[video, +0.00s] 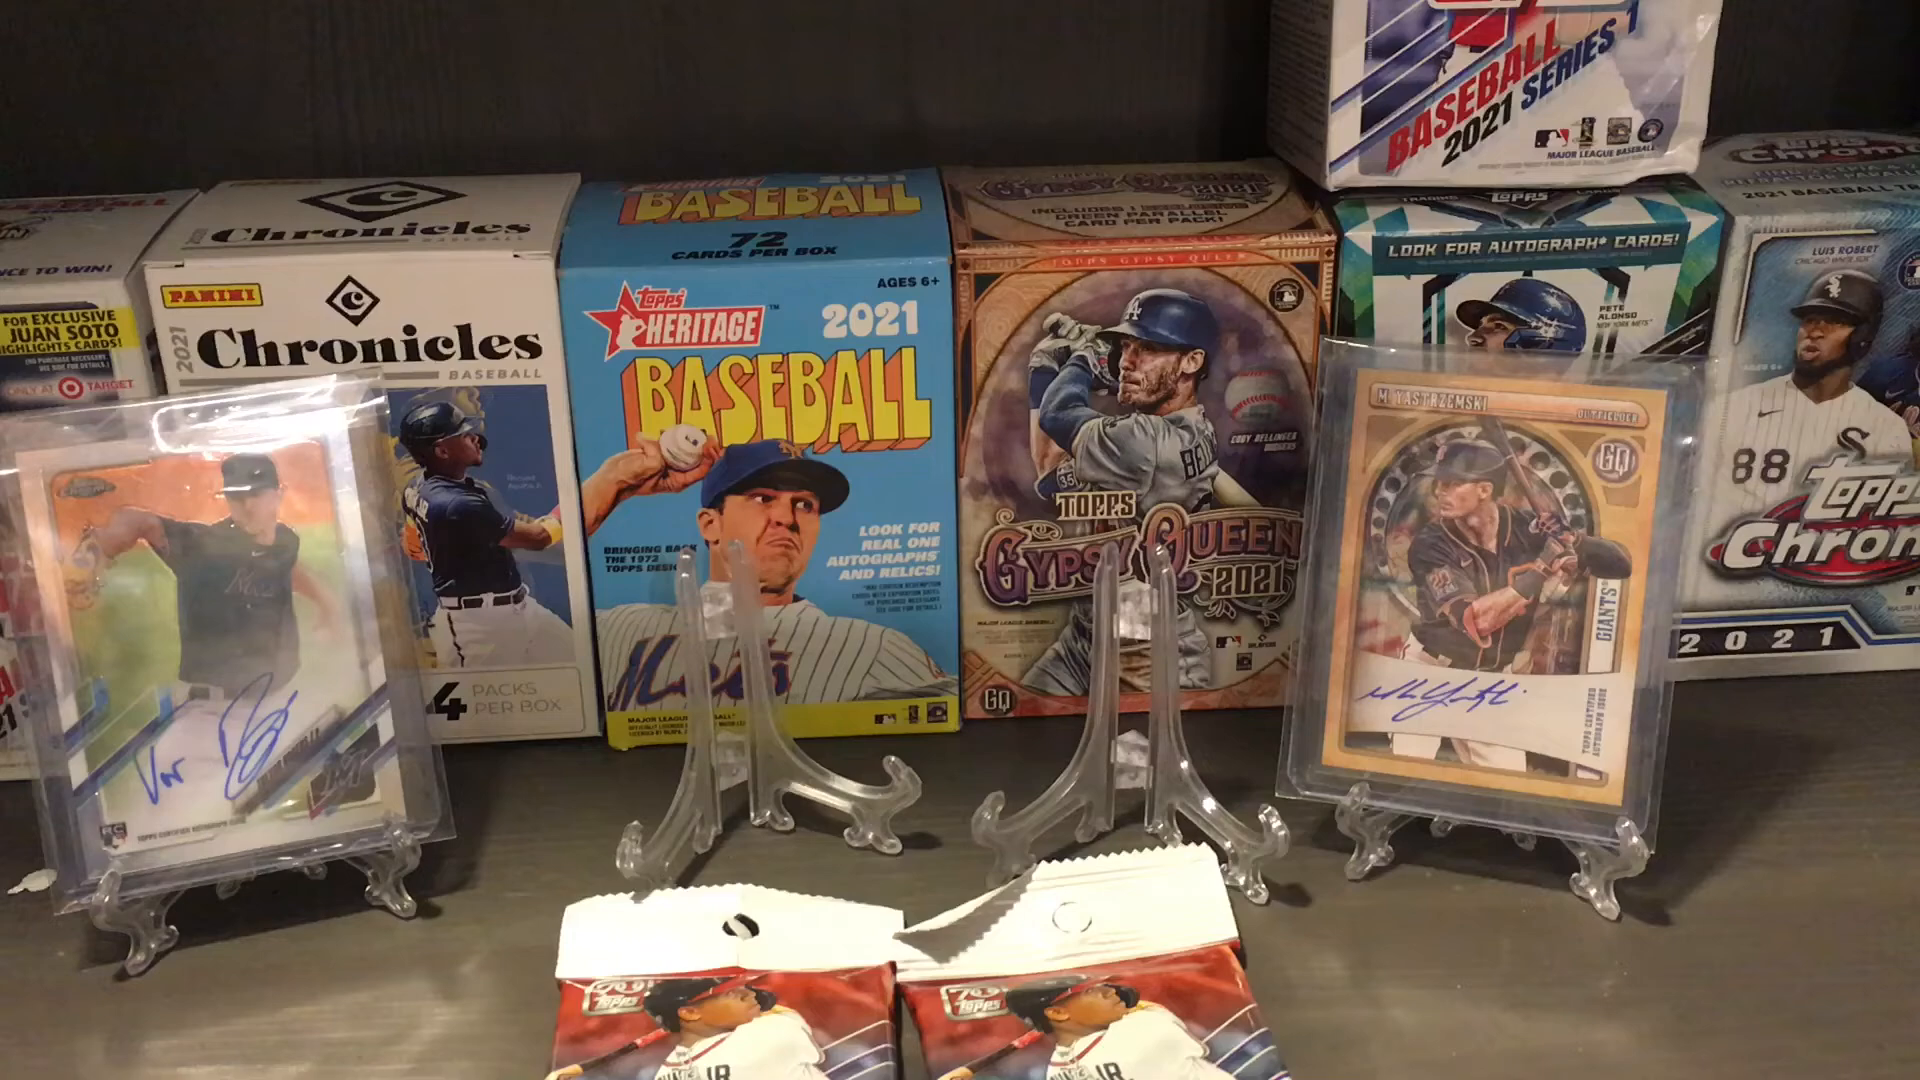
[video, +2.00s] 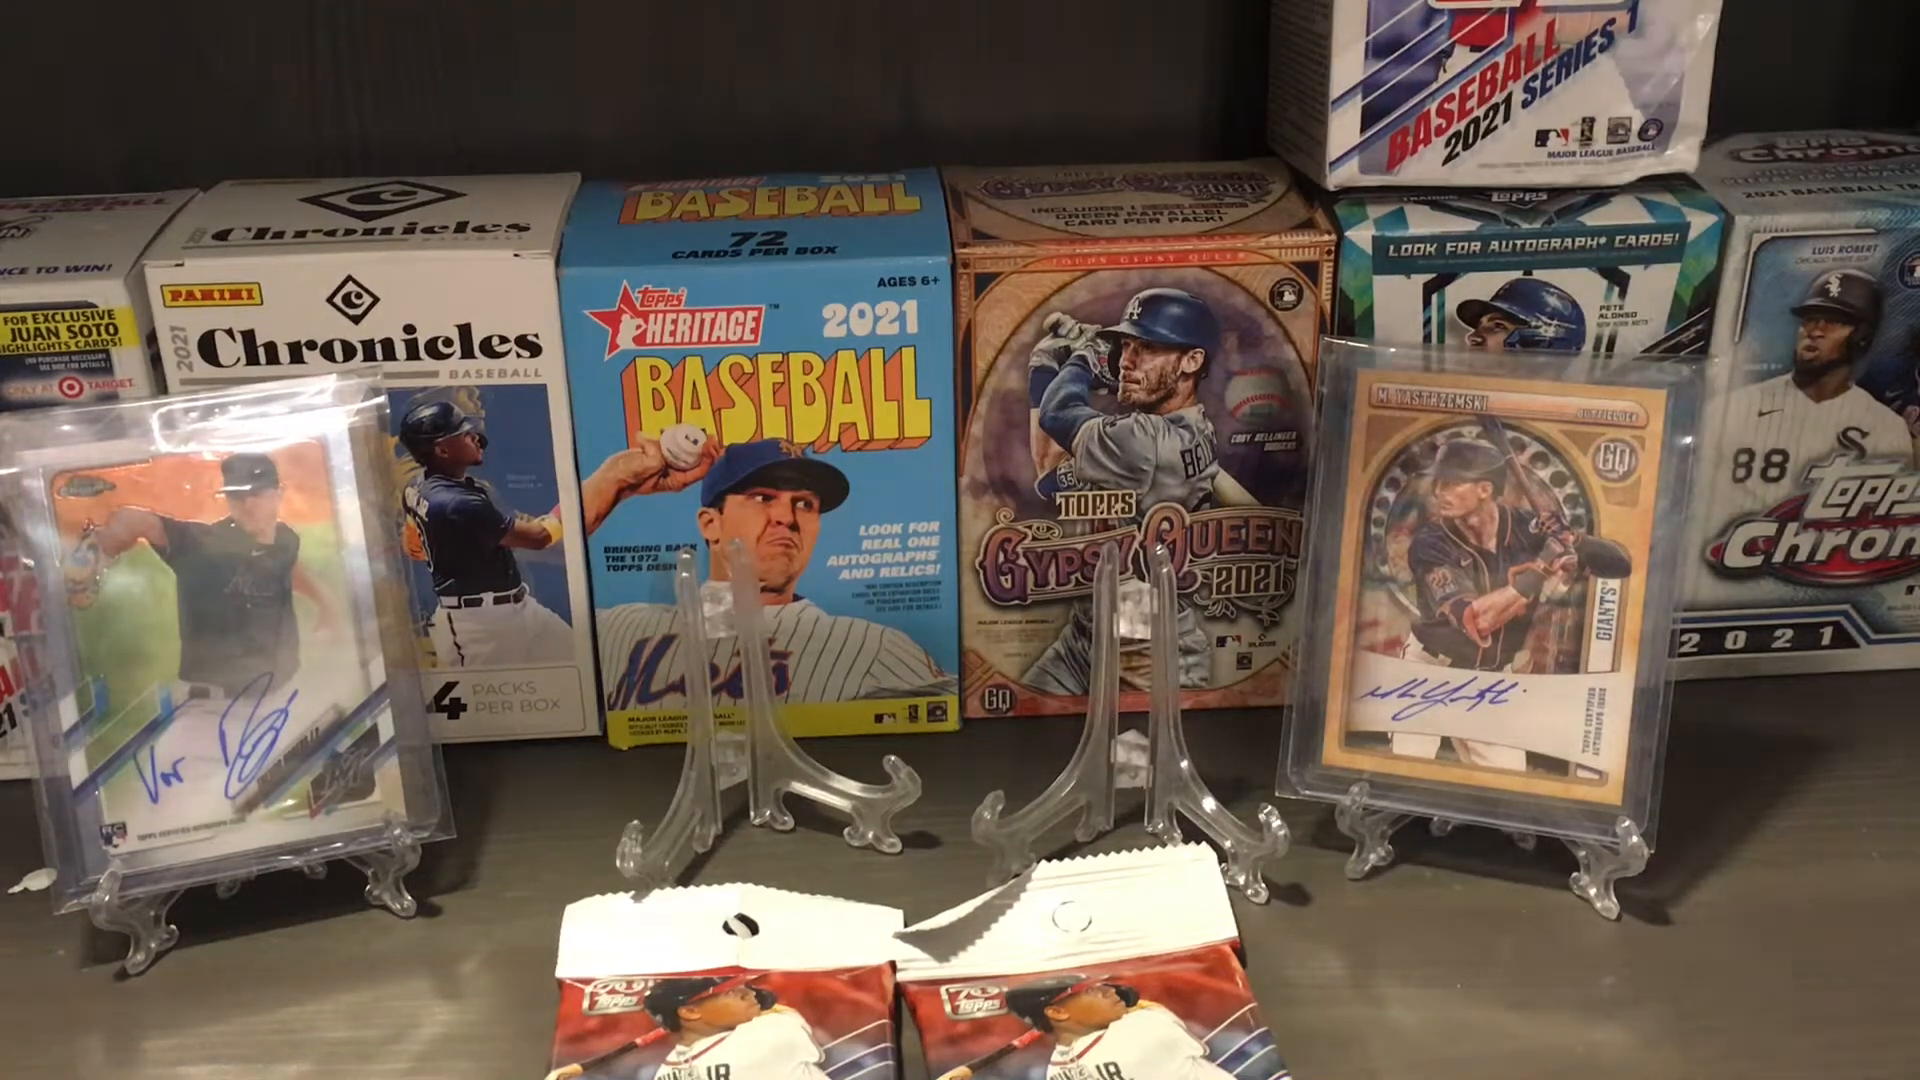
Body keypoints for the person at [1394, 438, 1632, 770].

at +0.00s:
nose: (1440, 492)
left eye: (1452, 484)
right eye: (1439, 483)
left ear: (1484, 491)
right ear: (1436, 487)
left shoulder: (1527, 529)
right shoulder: (1430, 542)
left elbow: (1622, 563)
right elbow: (1473, 621)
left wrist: (1576, 548)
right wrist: (1539, 572)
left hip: (1497, 677)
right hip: (1430, 670)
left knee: (1509, 789)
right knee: (1410, 775)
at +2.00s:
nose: (1440, 493)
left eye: (1452, 485)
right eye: (1439, 483)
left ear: (1484, 491)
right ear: (1435, 484)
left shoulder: (1527, 528)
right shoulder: (1431, 539)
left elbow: (1622, 563)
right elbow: (1471, 620)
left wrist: (1573, 546)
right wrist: (1535, 575)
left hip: (1496, 676)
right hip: (1429, 667)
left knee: (1508, 786)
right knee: (1413, 769)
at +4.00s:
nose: (1439, 492)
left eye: (1451, 484)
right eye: (1439, 483)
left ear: (1484, 491)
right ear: (1435, 486)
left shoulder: (1527, 528)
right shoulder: (1430, 541)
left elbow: (1622, 564)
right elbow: (1470, 620)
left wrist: (1575, 549)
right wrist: (1537, 574)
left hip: (1494, 677)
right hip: (1429, 669)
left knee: (1509, 788)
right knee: (1412, 772)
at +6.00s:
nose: (1439, 493)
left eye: (1451, 485)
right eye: (1439, 484)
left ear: (1484, 491)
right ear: (1435, 486)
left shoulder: (1527, 528)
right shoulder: (1430, 541)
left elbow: (1622, 563)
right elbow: (1474, 623)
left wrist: (1577, 551)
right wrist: (1538, 571)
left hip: (1495, 676)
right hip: (1429, 669)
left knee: (1508, 792)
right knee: (1410, 774)